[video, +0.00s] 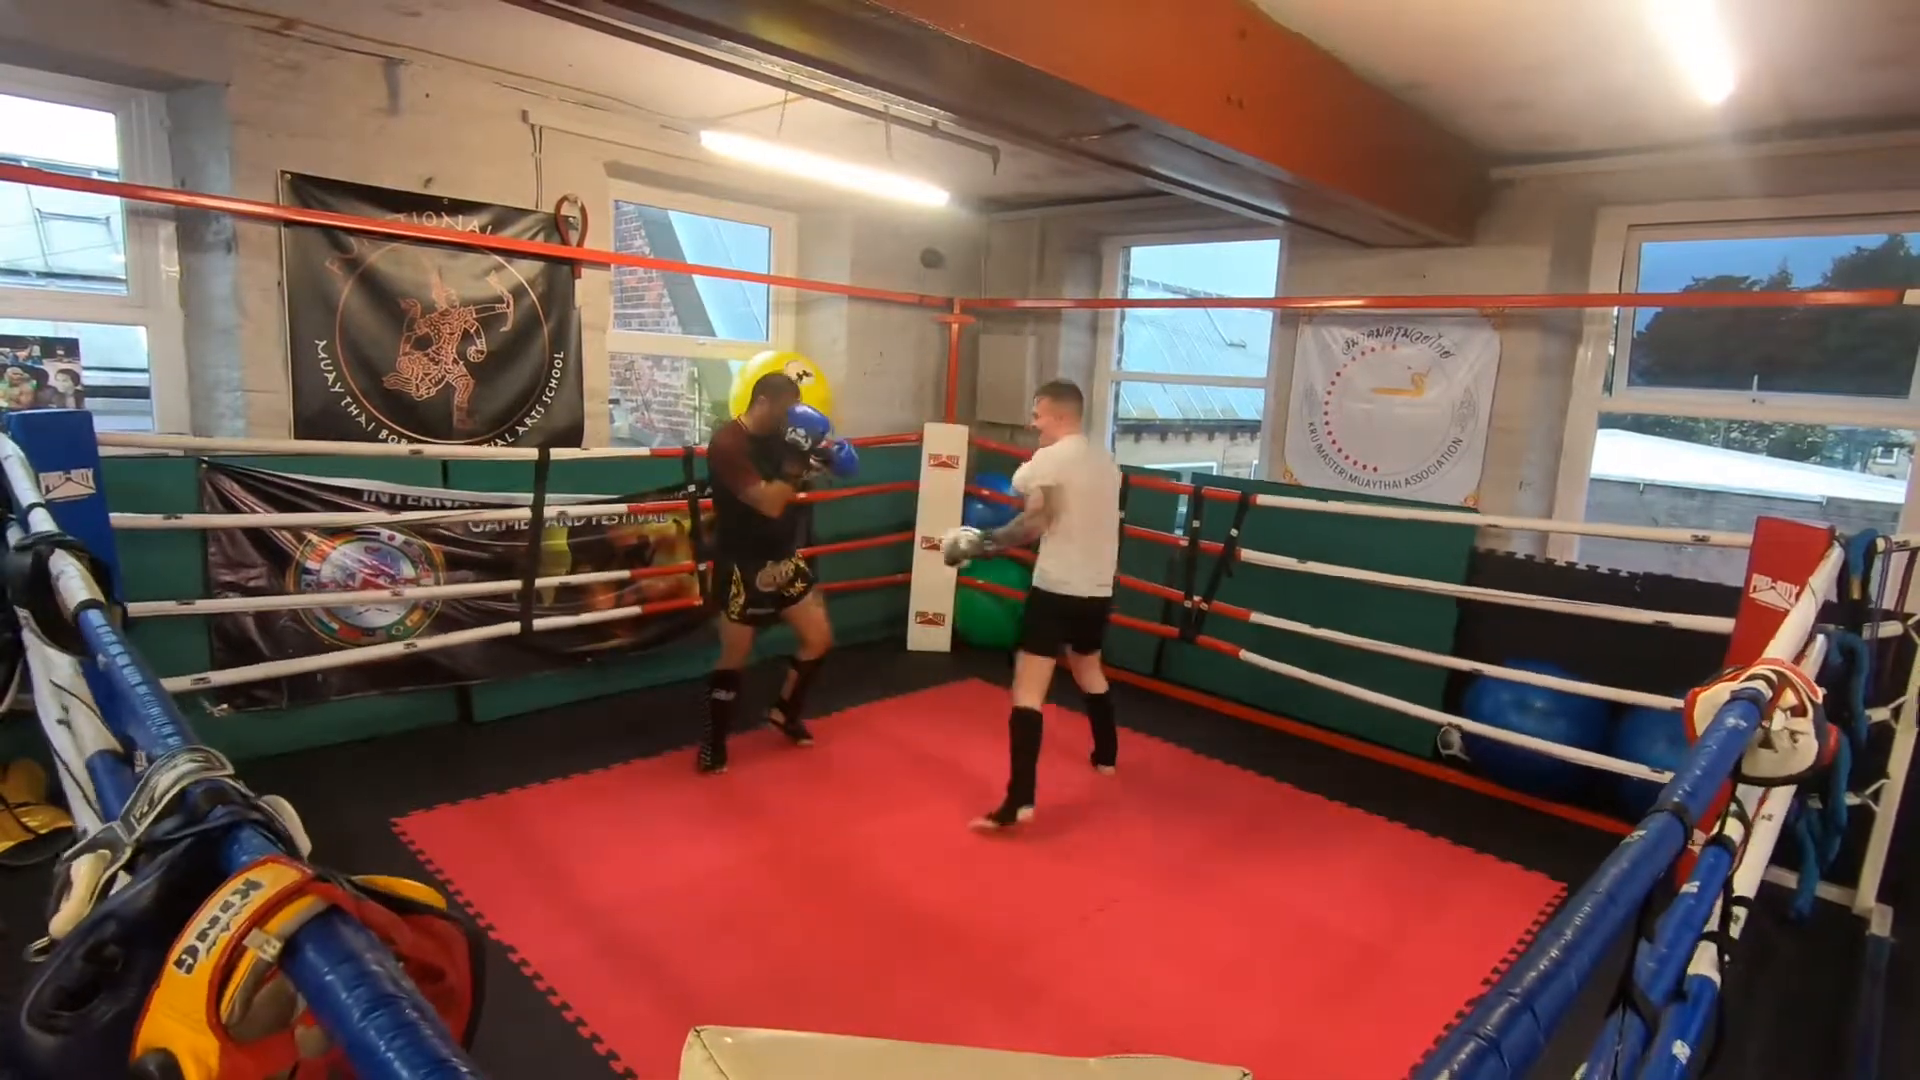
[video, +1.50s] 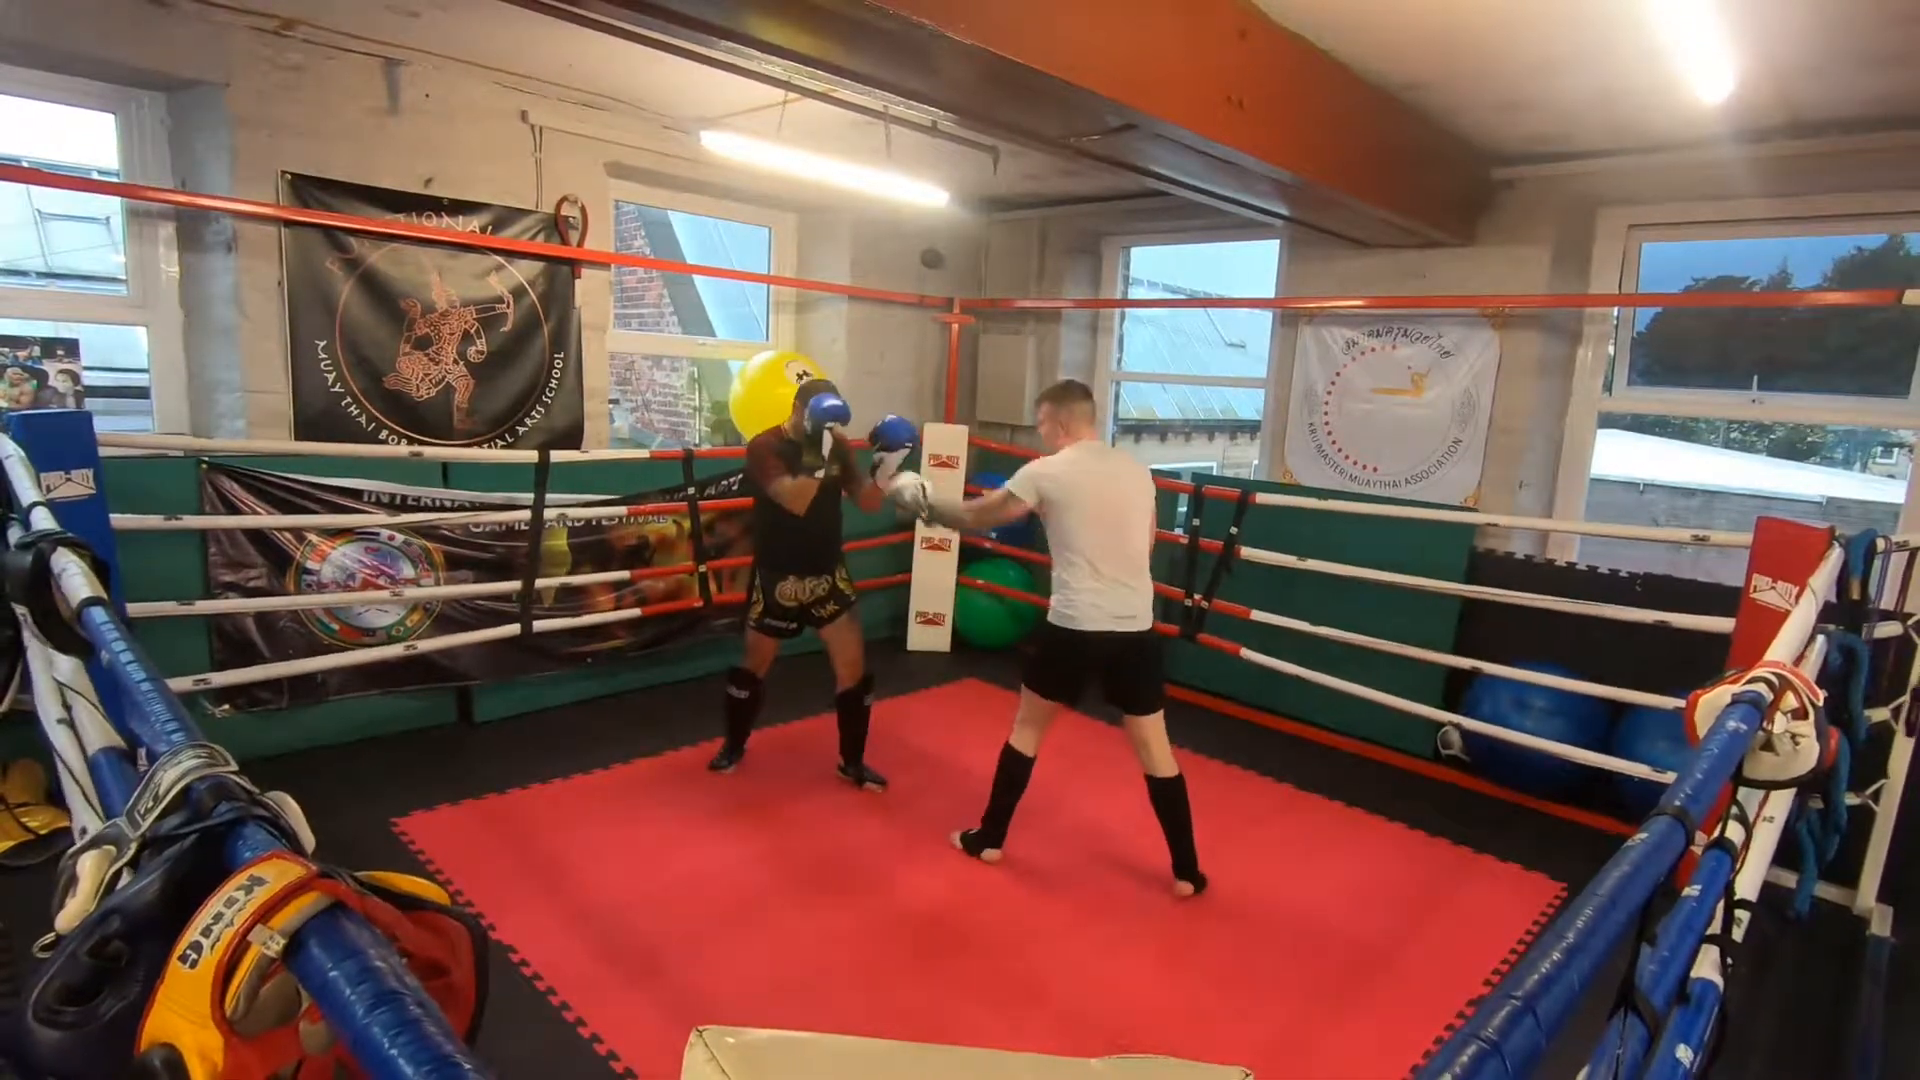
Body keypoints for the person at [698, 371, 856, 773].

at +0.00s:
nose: (789, 417)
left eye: (792, 410)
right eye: (785, 408)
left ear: (778, 407)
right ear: (761, 401)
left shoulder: (777, 439)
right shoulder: (727, 443)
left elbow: (794, 477)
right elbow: (768, 502)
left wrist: (825, 464)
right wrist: (796, 460)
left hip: (784, 559)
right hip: (742, 565)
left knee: (818, 638)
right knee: (735, 654)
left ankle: (786, 710)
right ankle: (715, 742)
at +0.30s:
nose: (827, 426)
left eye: (831, 419)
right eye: (824, 417)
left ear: (819, 415)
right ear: (799, 407)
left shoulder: (813, 450)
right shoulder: (761, 448)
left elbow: (834, 499)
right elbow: (794, 507)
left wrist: (860, 485)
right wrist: (829, 464)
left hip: (813, 567)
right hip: (768, 571)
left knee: (836, 656)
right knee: (747, 660)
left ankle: (846, 751)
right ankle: (716, 743)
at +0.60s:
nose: (826, 421)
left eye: (832, 417)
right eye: (823, 414)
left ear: (839, 420)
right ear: (807, 407)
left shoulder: (837, 448)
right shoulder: (771, 441)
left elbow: (869, 497)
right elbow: (807, 495)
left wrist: (885, 461)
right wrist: (829, 451)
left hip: (825, 567)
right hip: (775, 569)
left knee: (838, 662)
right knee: (755, 663)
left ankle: (846, 751)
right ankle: (735, 745)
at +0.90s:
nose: (814, 415)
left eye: (819, 407)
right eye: (807, 406)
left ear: (827, 411)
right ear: (786, 406)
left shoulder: (829, 446)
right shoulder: (761, 447)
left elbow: (859, 496)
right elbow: (796, 499)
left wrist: (881, 469)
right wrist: (819, 456)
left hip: (824, 569)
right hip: (772, 572)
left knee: (849, 665)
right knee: (752, 663)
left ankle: (852, 760)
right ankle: (733, 745)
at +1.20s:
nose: (822, 417)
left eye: (825, 411)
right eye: (814, 409)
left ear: (824, 412)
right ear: (790, 408)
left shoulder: (839, 444)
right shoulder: (764, 444)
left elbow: (865, 500)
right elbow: (792, 493)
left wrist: (889, 471)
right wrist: (813, 443)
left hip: (829, 571)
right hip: (776, 572)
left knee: (845, 668)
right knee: (756, 665)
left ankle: (850, 762)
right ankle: (733, 747)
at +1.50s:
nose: (822, 421)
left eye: (827, 415)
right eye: (815, 413)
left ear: (829, 416)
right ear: (795, 410)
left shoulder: (835, 446)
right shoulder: (764, 448)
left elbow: (868, 501)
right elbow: (795, 501)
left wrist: (888, 461)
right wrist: (821, 456)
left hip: (828, 574)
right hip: (775, 575)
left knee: (852, 669)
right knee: (753, 667)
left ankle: (853, 762)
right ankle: (733, 746)